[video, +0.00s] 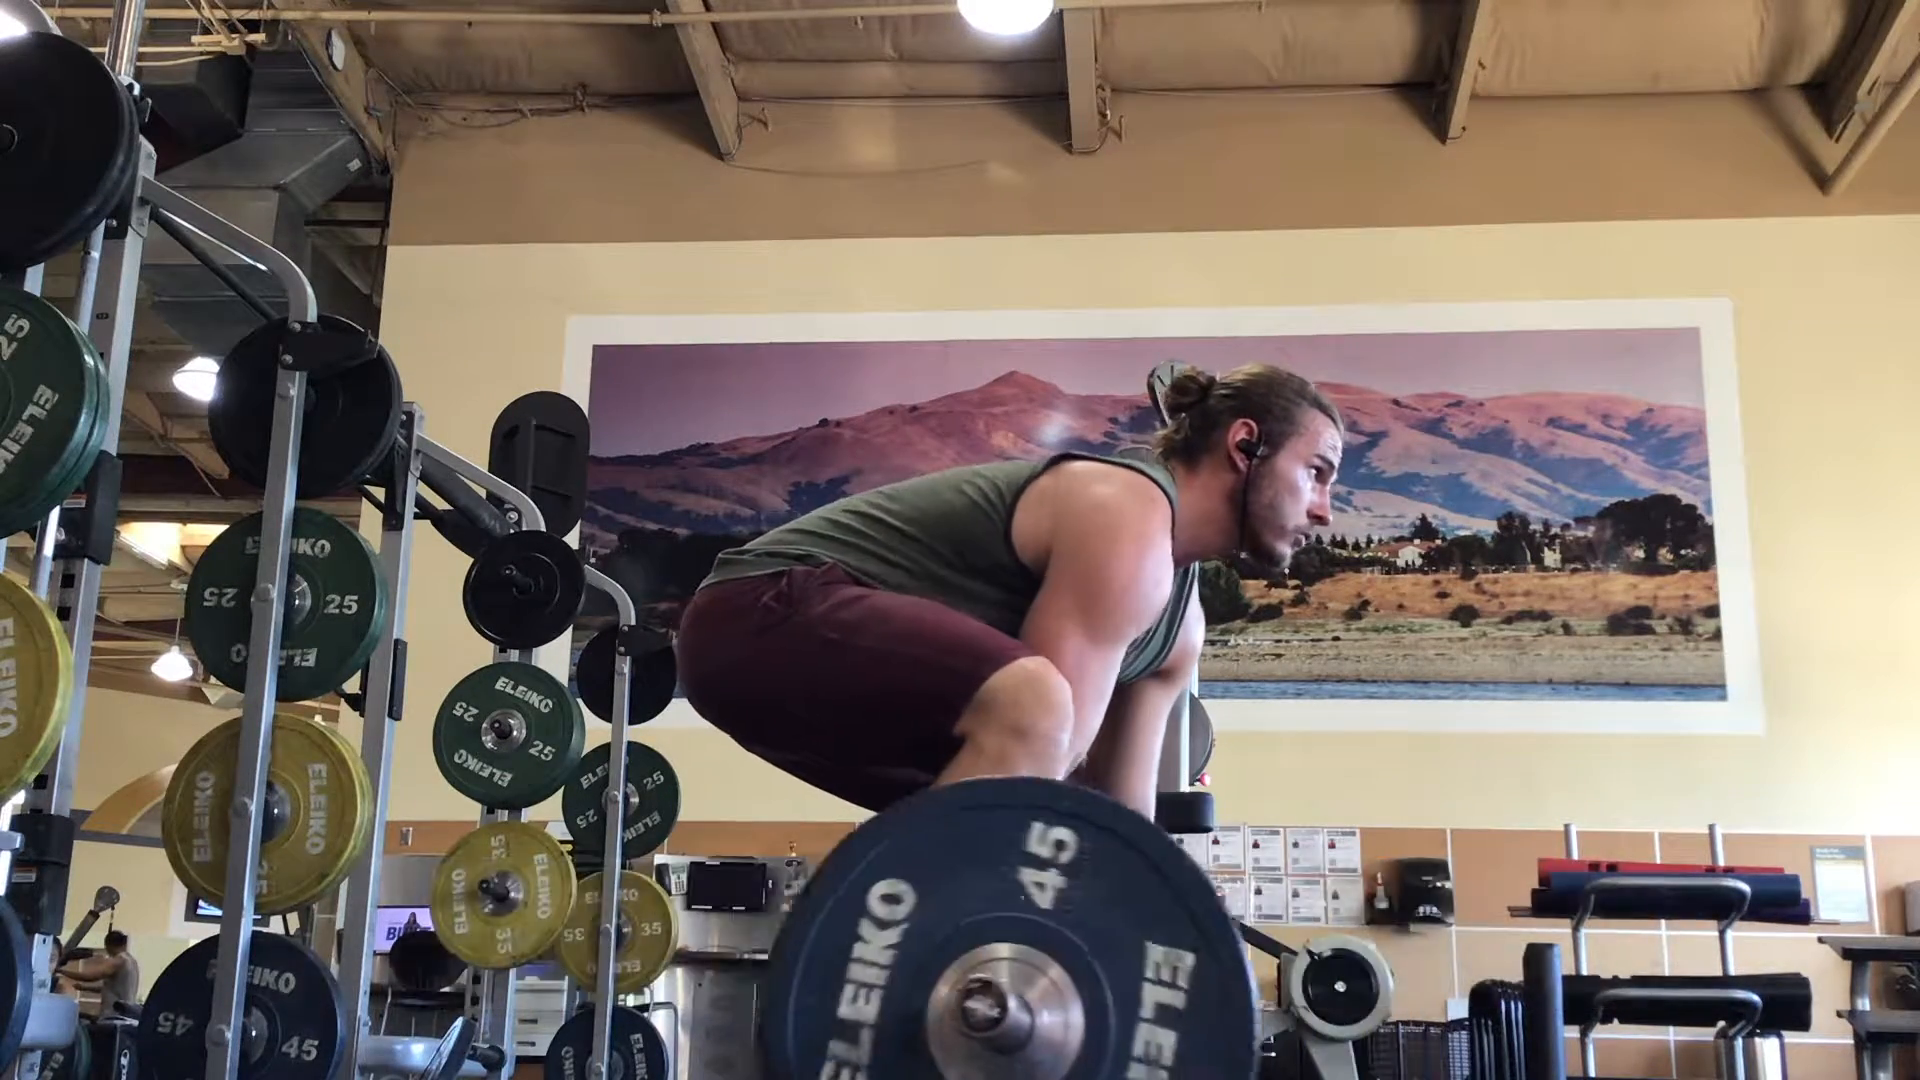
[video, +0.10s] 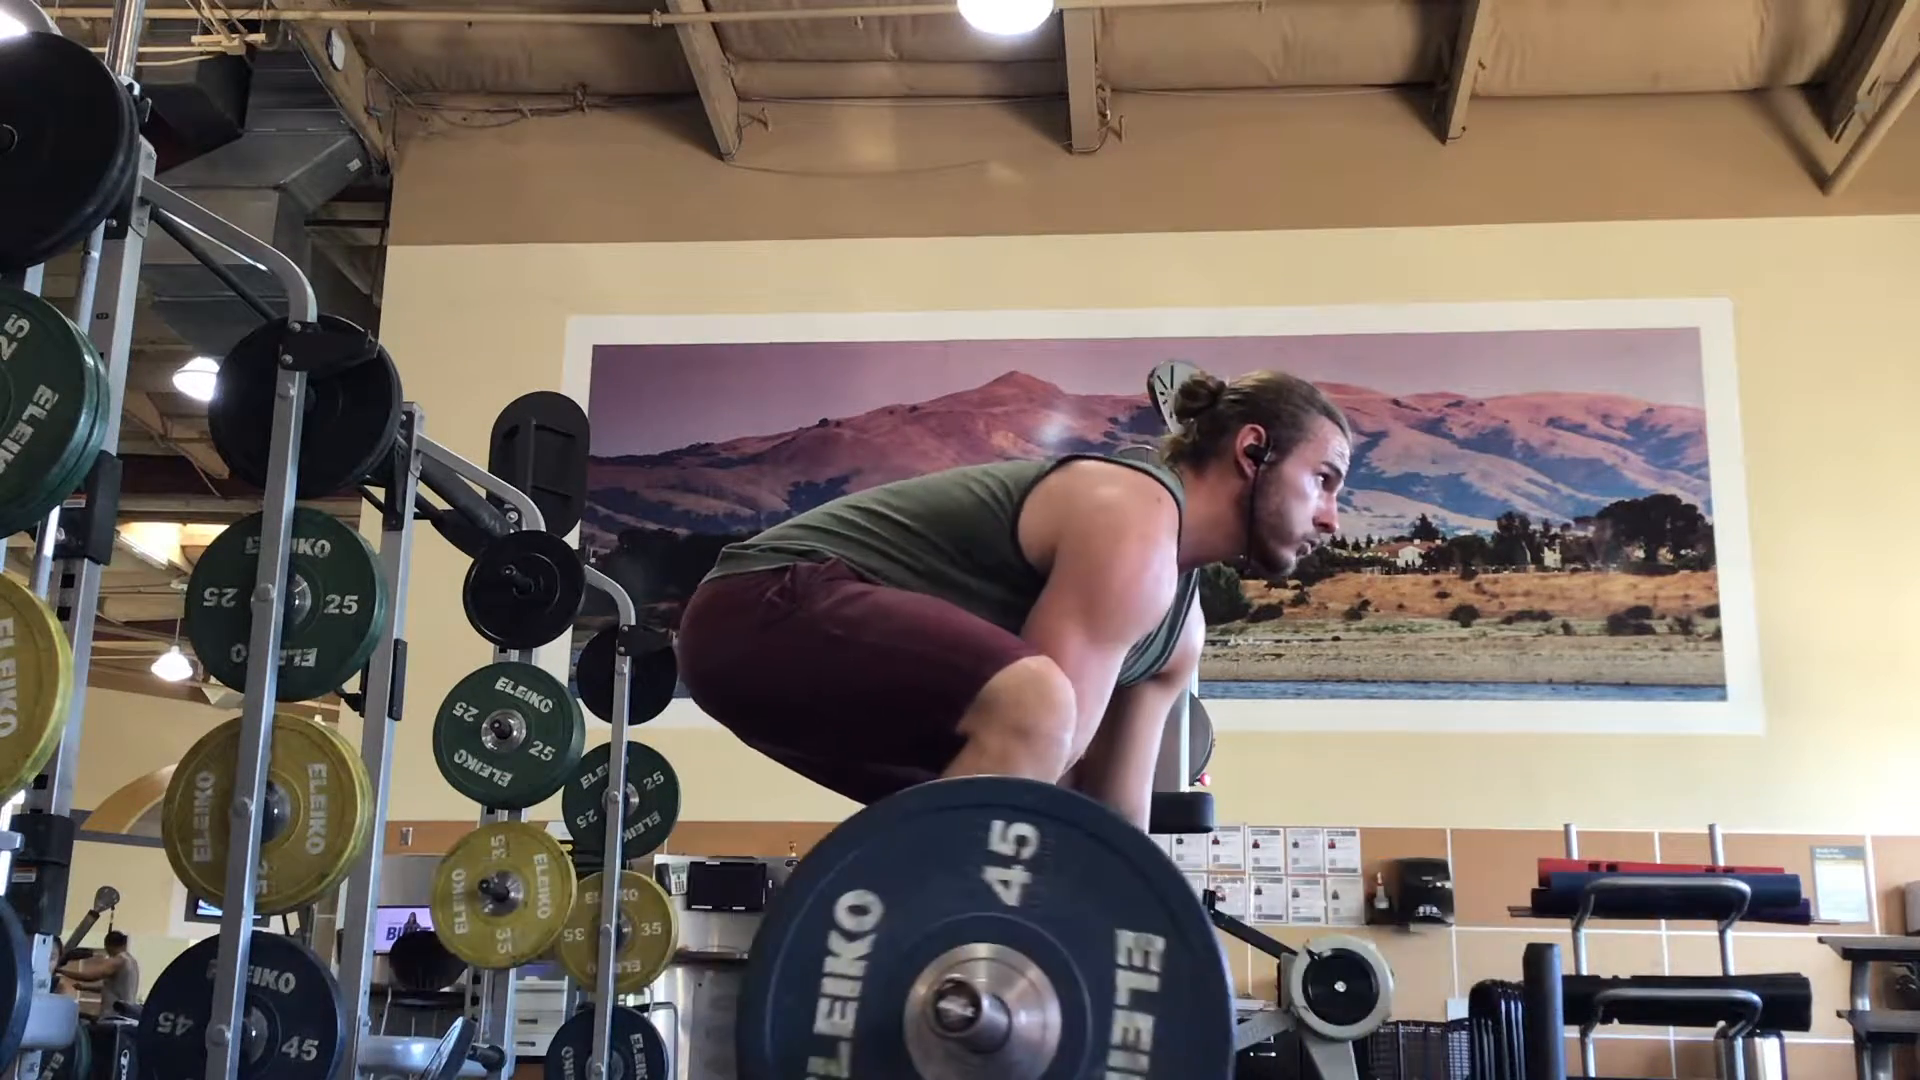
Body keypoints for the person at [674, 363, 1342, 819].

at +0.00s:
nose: (1325, 510)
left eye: (1332, 488)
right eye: (1316, 473)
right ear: (1243, 446)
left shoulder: (1175, 631)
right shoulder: (1122, 526)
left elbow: (1114, 814)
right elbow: (1034, 756)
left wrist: (1121, 980)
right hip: (762, 606)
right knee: (1028, 708)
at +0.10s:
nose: (1332, 519)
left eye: (1339, 496)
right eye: (1323, 481)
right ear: (1250, 451)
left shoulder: (1174, 634)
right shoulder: (1127, 529)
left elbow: (1109, 823)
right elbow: (1028, 764)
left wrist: (1107, 979)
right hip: (766, 600)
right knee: (1032, 706)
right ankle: (942, 973)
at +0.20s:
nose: (1337, 522)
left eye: (1344, 499)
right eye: (1328, 485)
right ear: (1255, 454)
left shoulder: (1178, 631)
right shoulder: (1134, 529)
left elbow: (1112, 812)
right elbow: (1030, 757)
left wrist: (1117, 978)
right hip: (766, 599)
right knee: (1033, 707)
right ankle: (941, 975)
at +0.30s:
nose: (1340, 521)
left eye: (1347, 498)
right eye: (1331, 484)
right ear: (1258, 455)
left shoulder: (1179, 631)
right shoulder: (1141, 530)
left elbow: (1112, 817)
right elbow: (1033, 768)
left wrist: (1114, 972)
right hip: (770, 604)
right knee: (1036, 706)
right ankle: (945, 970)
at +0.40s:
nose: (1341, 513)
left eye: (1347, 489)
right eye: (1332, 477)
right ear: (1258, 453)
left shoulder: (1180, 629)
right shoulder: (1158, 530)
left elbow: (1111, 821)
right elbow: (1046, 775)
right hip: (778, 618)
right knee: (1048, 708)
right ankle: (953, 970)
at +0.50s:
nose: (1344, 509)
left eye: (1347, 483)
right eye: (1332, 472)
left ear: (1257, 456)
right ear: (1257, 452)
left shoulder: (1177, 612)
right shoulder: (1164, 531)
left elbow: (1109, 816)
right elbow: (1061, 766)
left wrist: (1113, 967)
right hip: (783, 630)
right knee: (1059, 713)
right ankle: (951, 962)